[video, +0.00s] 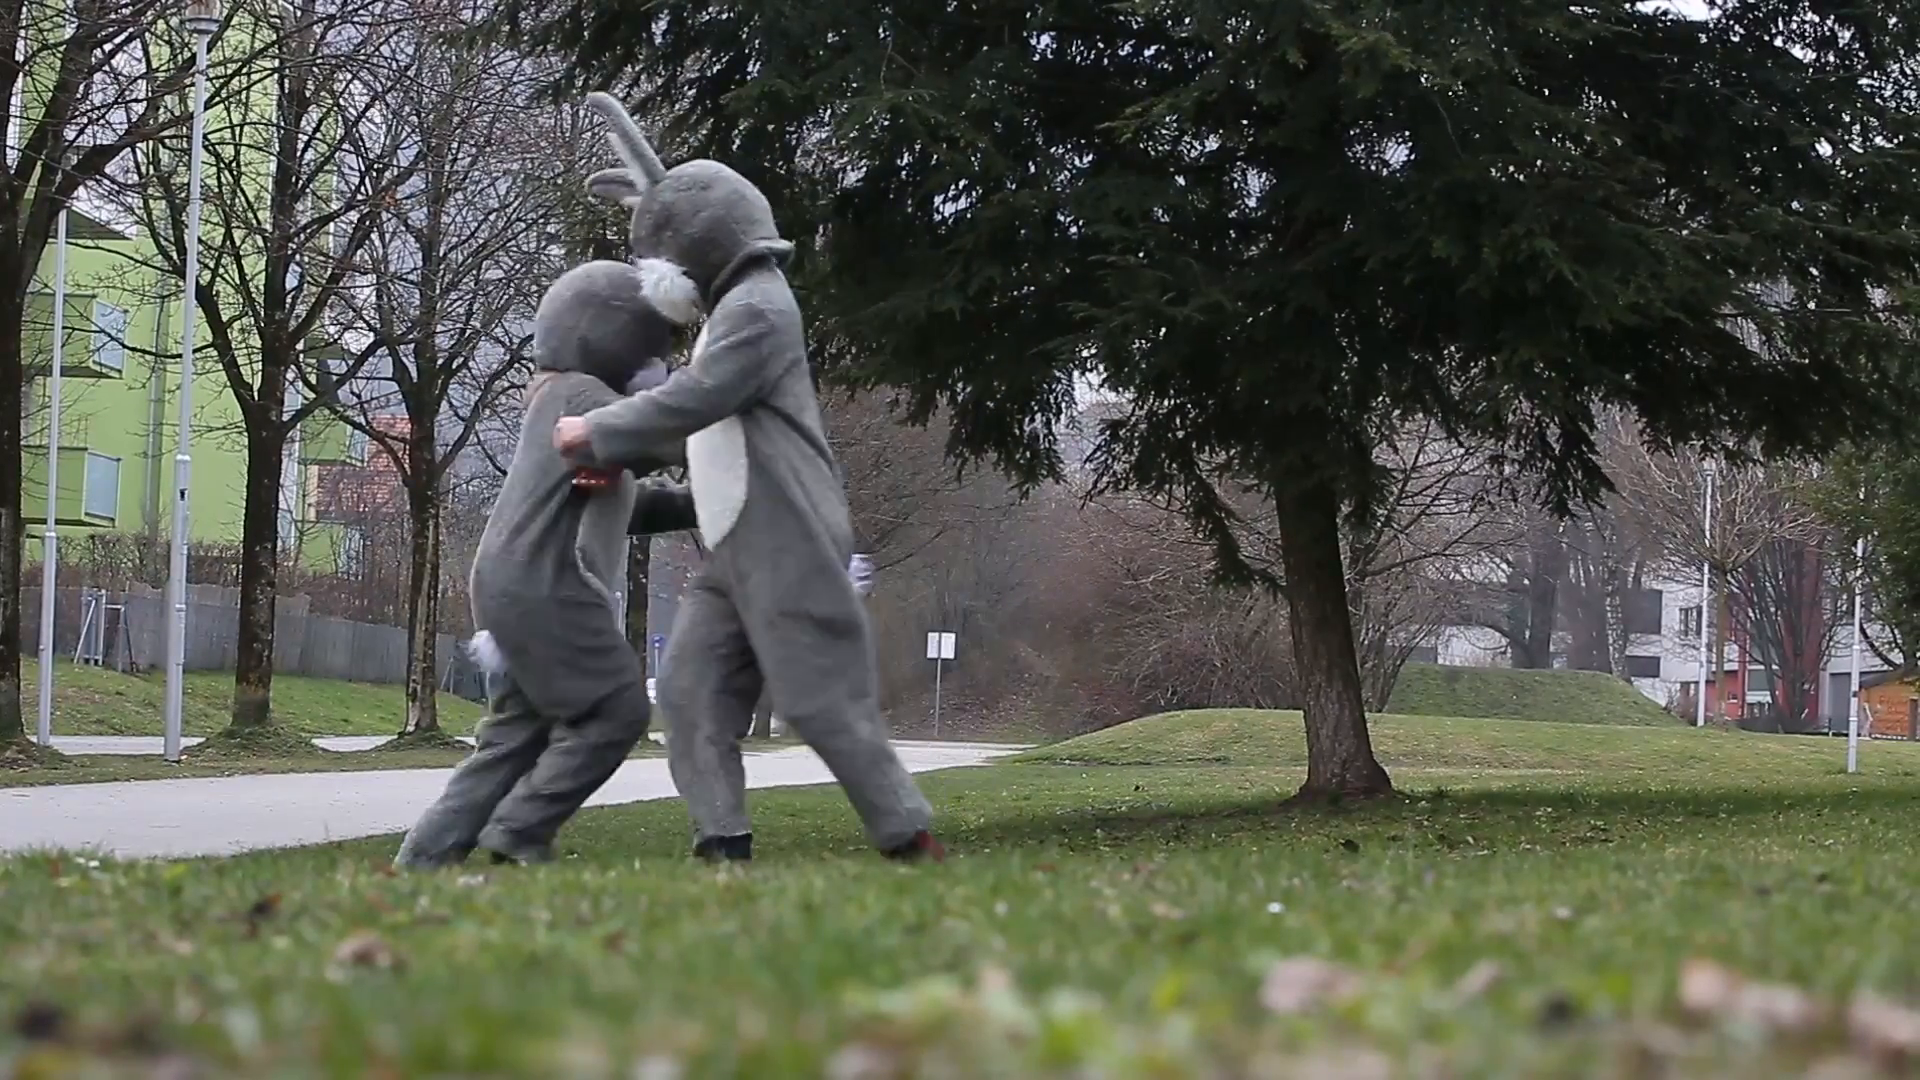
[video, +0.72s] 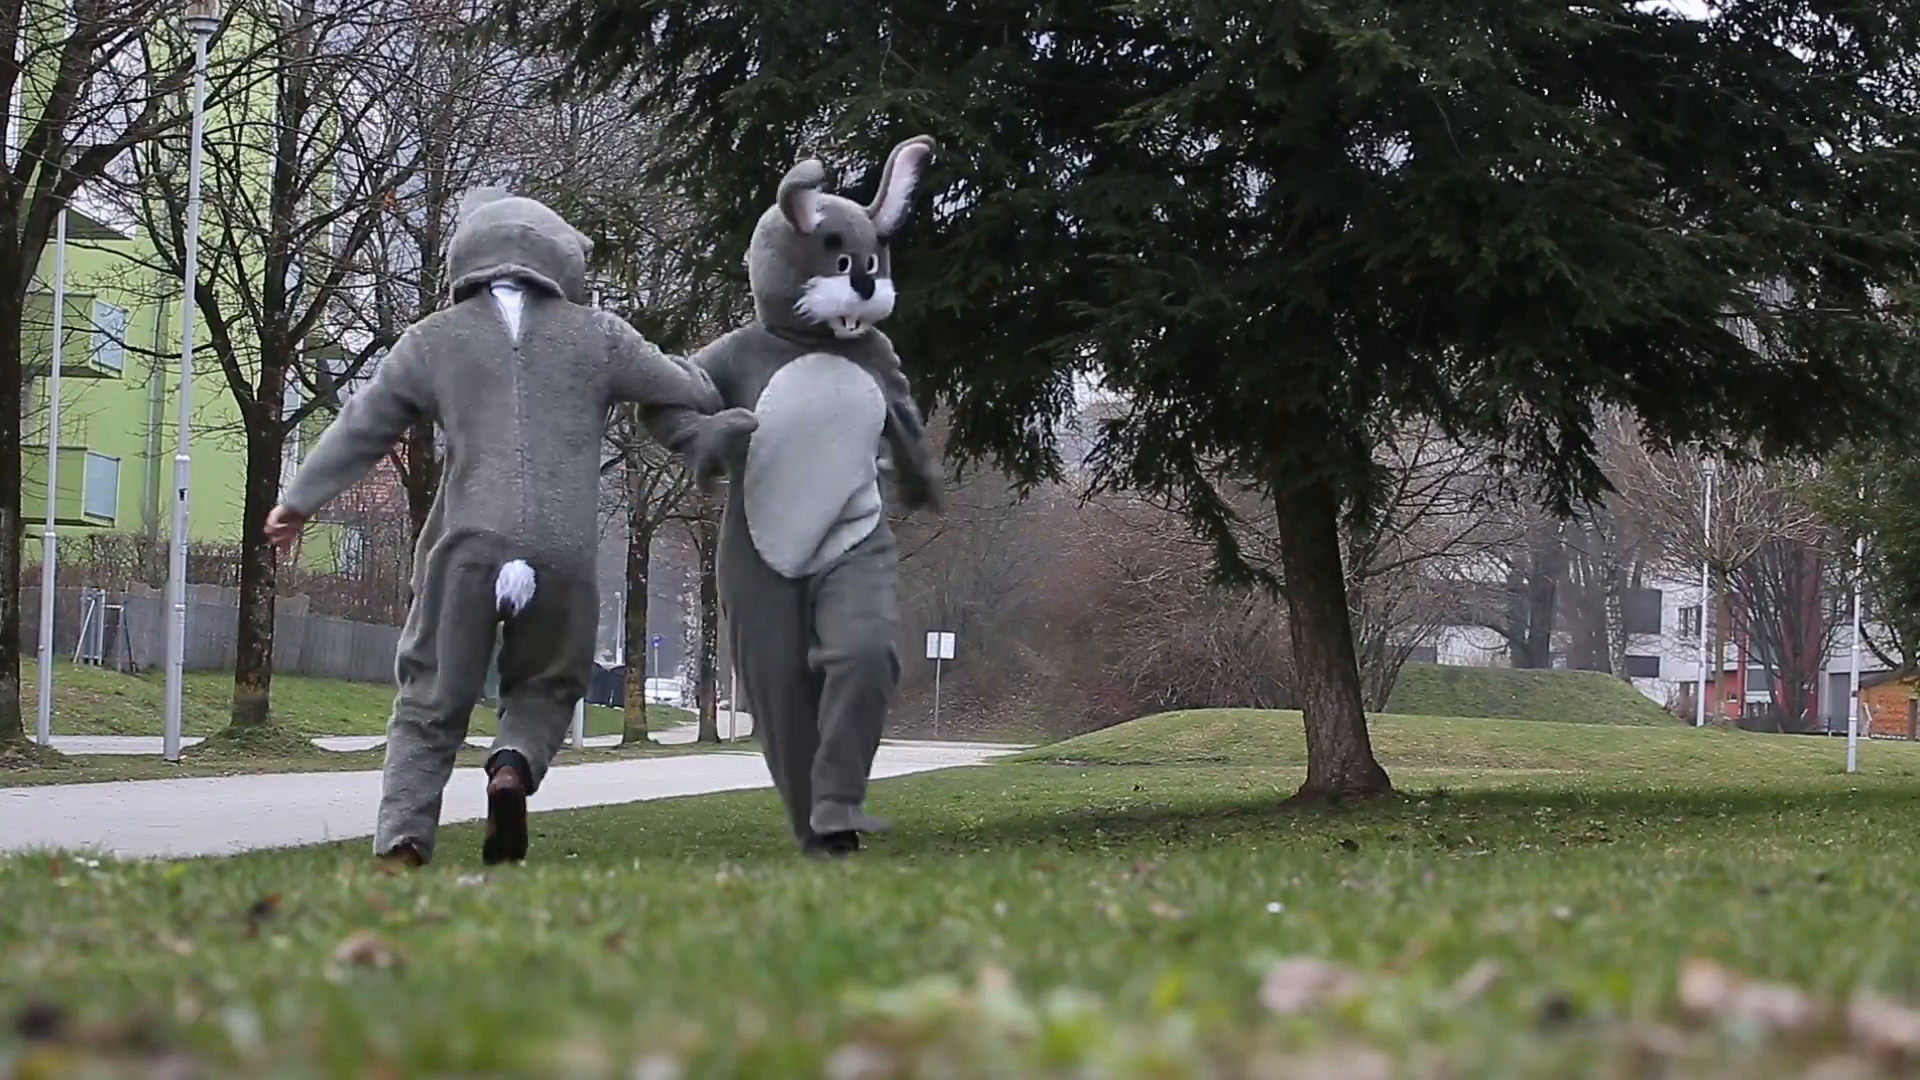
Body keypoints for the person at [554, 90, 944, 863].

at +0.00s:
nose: (656, 261)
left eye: (663, 242)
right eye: (653, 246)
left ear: (701, 233)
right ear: (721, 230)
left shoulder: (756, 302)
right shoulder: (729, 311)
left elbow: (695, 397)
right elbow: (690, 411)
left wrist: (598, 428)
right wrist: (614, 445)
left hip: (787, 535)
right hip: (734, 546)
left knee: (817, 694)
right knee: (690, 689)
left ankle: (910, 835)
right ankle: (724, 842)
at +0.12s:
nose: (617, 260)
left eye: (619, 242)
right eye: (613, 246)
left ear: (652, 227)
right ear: (675, 221)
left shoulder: (710, 292)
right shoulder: (685, 300)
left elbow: (676, 387)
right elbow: (661, 405)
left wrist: (576, 425)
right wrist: (603, 458)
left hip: (712, 528)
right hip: (677, 531)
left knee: (667, 678)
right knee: (660, 685)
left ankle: (815, 775)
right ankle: (719, 839)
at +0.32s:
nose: (524, 237)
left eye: (526, 219)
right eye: (520, 223)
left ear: (561, 198)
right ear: (611, 187)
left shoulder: (596, 245)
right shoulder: (668, 267)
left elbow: (625, 330)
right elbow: (712, 383)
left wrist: (648, 401)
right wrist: (749, 430)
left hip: (602, 457)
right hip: (662, 474)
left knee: (512, 594)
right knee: (622, 643)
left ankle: (557, 770)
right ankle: (621, 826)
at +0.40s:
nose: (503, 252)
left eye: (506, 233)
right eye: (501, 236)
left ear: (534, 217)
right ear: (597, 210)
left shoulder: (560, 264)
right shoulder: (655, 301)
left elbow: (592, 321)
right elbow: (707, 409)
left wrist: (627, 379)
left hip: (544, 495)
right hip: (625, 514)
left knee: (478, 635)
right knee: (579, 676)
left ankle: (466, 817)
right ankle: (540, 832)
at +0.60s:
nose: (455, 277)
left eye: (462, 262)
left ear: (477, 259)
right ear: (562, 257)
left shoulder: (479, 317)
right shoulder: (611, 333)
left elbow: (467, 379)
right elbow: (695, 390)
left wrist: (443, 450)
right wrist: (668, 428)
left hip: (482, 528)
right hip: (573, 542)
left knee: (439, 688)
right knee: (529, 699)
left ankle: (408, 837)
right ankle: (521, 820)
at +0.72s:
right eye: (570, 255)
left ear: (469, 260)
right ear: (555, 260)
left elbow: (363, 427)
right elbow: (686, 388)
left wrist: (298, 499)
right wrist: (699, 377)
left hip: (468, 532)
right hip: (565, 542)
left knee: (432, 700)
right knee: (547, 682)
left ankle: (402, 842)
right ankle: (514, 765)